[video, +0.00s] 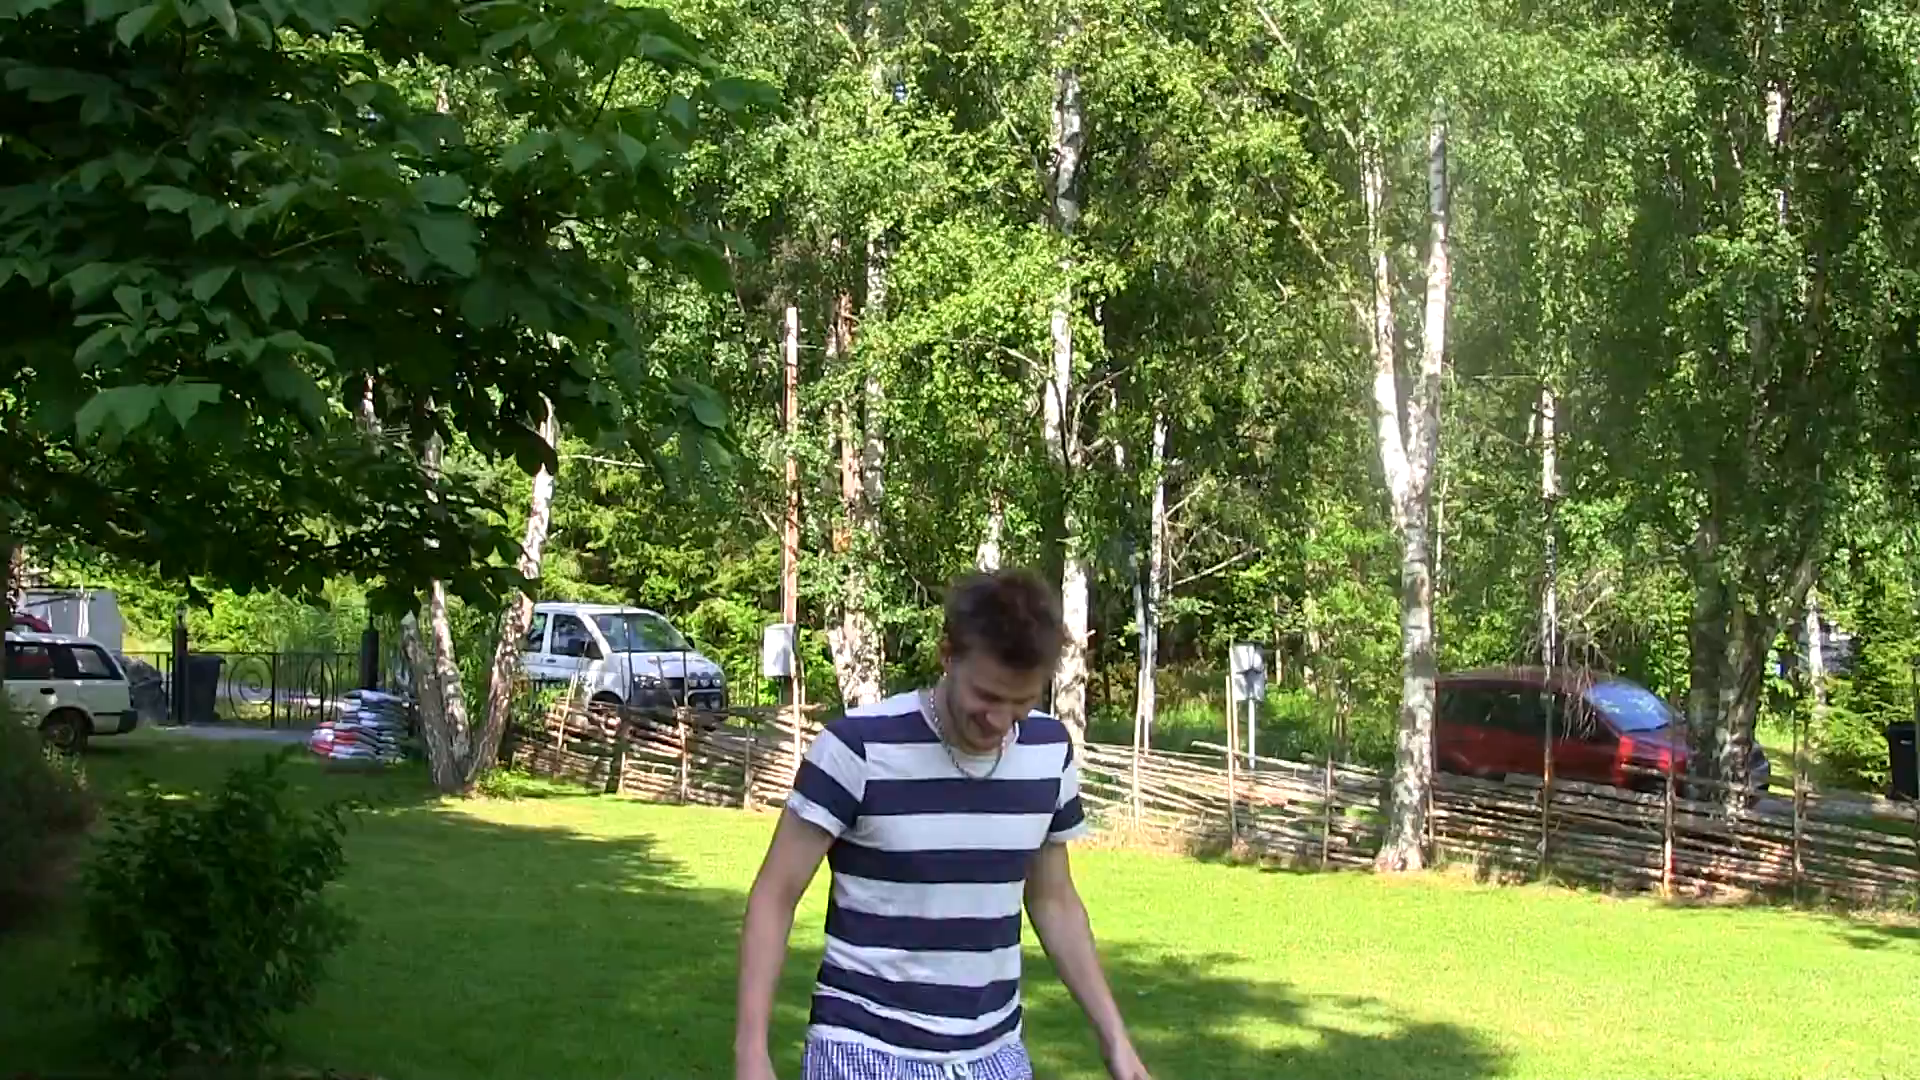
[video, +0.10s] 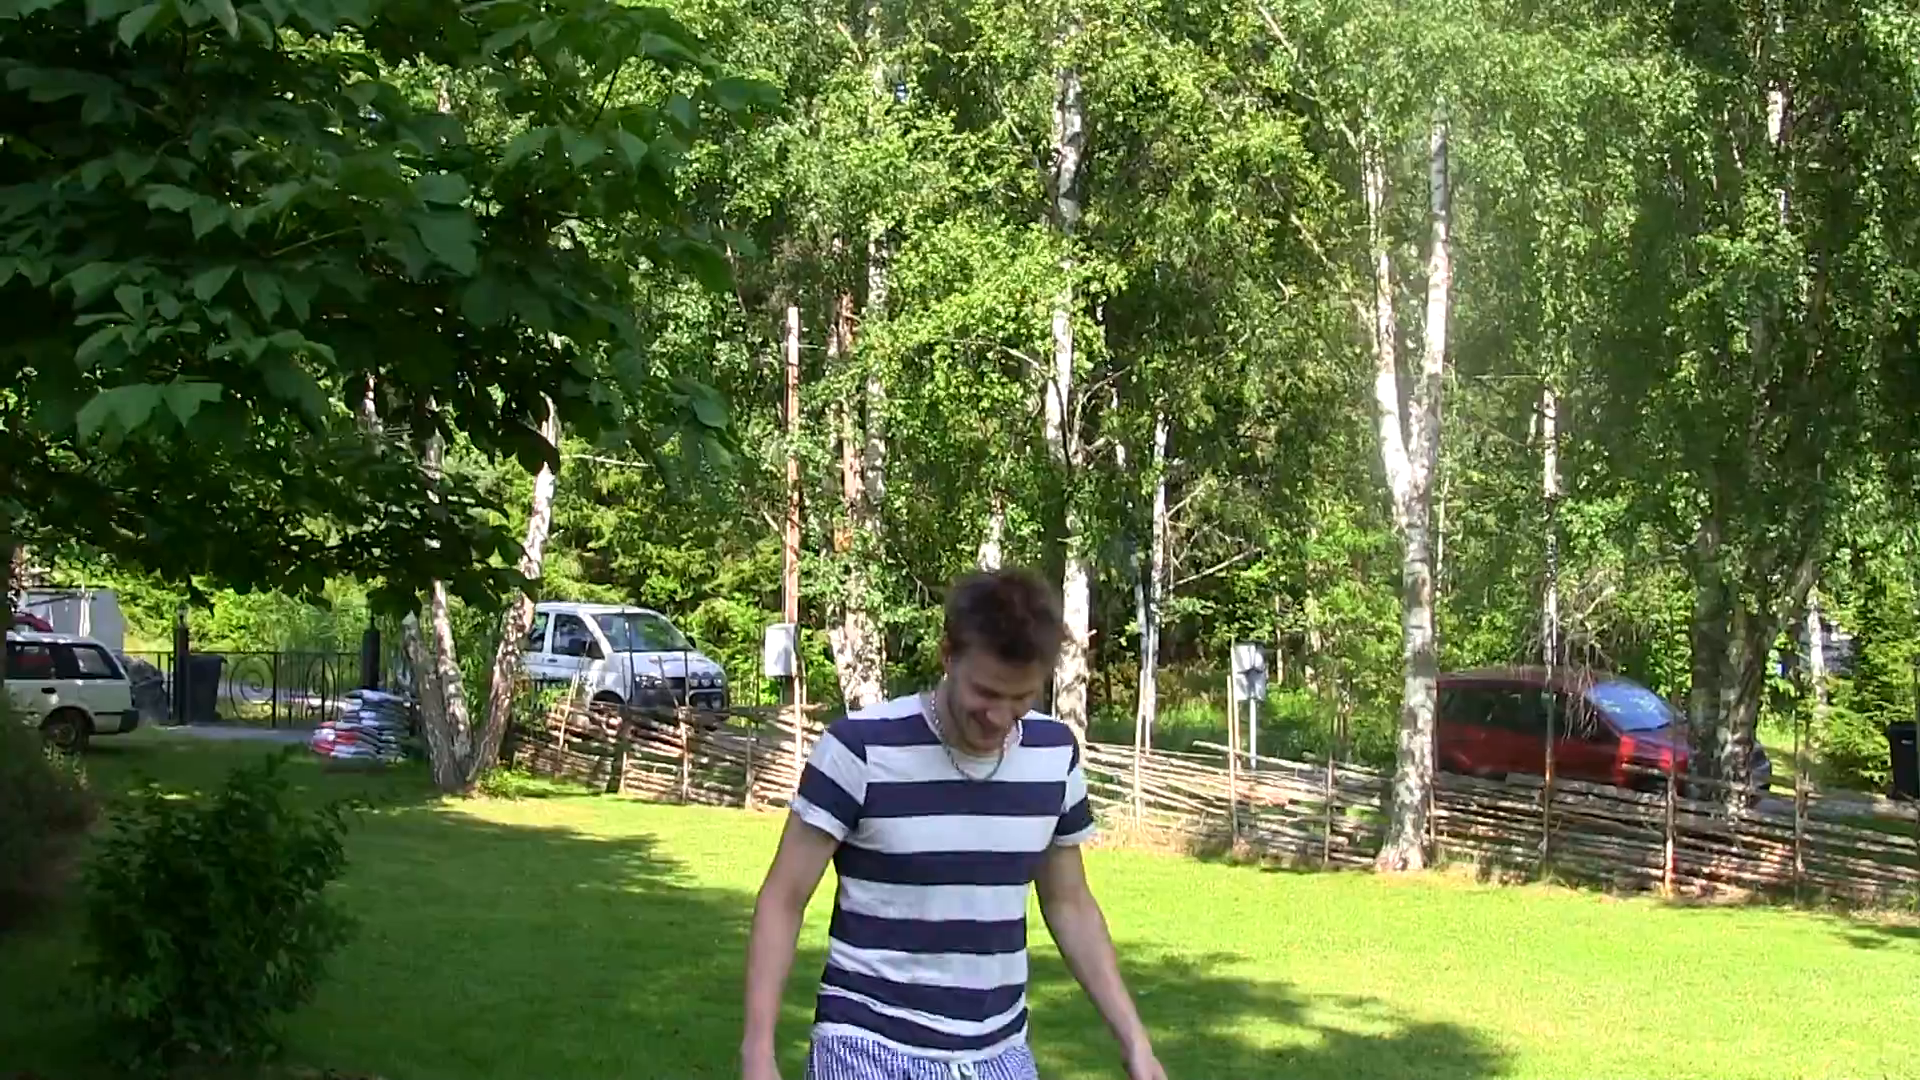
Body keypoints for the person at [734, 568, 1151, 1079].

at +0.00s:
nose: (1000, 720)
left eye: (1022, 702)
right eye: (985, 696)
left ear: (1043, 683)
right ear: (947, 655)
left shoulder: (1047, 750)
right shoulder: (857, 746)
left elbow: (1053, 897)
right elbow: (774, 895)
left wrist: (1116, 1040)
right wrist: (751, 1054)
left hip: (992, 1056)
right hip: (867, 1054)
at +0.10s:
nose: (1000, 716)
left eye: (1023, 698)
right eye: (984, 692)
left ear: (1044, 680)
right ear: (947, 657)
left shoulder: (1053, 754)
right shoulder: (857, 748)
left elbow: (1069, 901)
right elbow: (781, 901)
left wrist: (1135, 1041)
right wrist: (757, 1056)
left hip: (997, 1056)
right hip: (870, 1053)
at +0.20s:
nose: (991, 715)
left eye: (1012, 695)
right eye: (974, 692)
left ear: (1033, 680)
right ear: (936, 659)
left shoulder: (1054, 756)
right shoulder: (858, 753)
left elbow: (1079, 907)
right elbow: (782, 903)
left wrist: (1149, 1043)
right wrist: (761, 1056)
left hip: (998, 1046)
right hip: (876, 1038)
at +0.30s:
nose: (973, 718)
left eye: (995, 697)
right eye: (955, 694)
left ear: (1017, 680)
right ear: (920, 670)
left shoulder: (1056, 761)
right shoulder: (855, 766)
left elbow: (1090, 916)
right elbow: (780, 914)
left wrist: (1153, 1041)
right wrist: (764, 1059)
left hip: (1000, 1033)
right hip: (881, 1010)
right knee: (953, 1074)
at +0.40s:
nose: (950, 728)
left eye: (971, 706)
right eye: (932, 705)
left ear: (997, 694)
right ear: (902, 690)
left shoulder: (1055, 776)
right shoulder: (845, 789)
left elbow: (1104, 933)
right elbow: (768, 936)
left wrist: (1151, 1057)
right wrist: (763, 1071)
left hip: (998, 1033)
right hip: (864, 1034)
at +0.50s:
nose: (935, 723)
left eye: (954, 700)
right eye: (914, 702)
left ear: (979, 697)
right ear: (881, 700)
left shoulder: (1048, 782)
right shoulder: (832, 803)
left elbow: (1105, 944)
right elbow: (764, 944)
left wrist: (1145, 1067)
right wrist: (753, 1071)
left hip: (1000, 1045)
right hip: (871, 1049)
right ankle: (1019, 988)